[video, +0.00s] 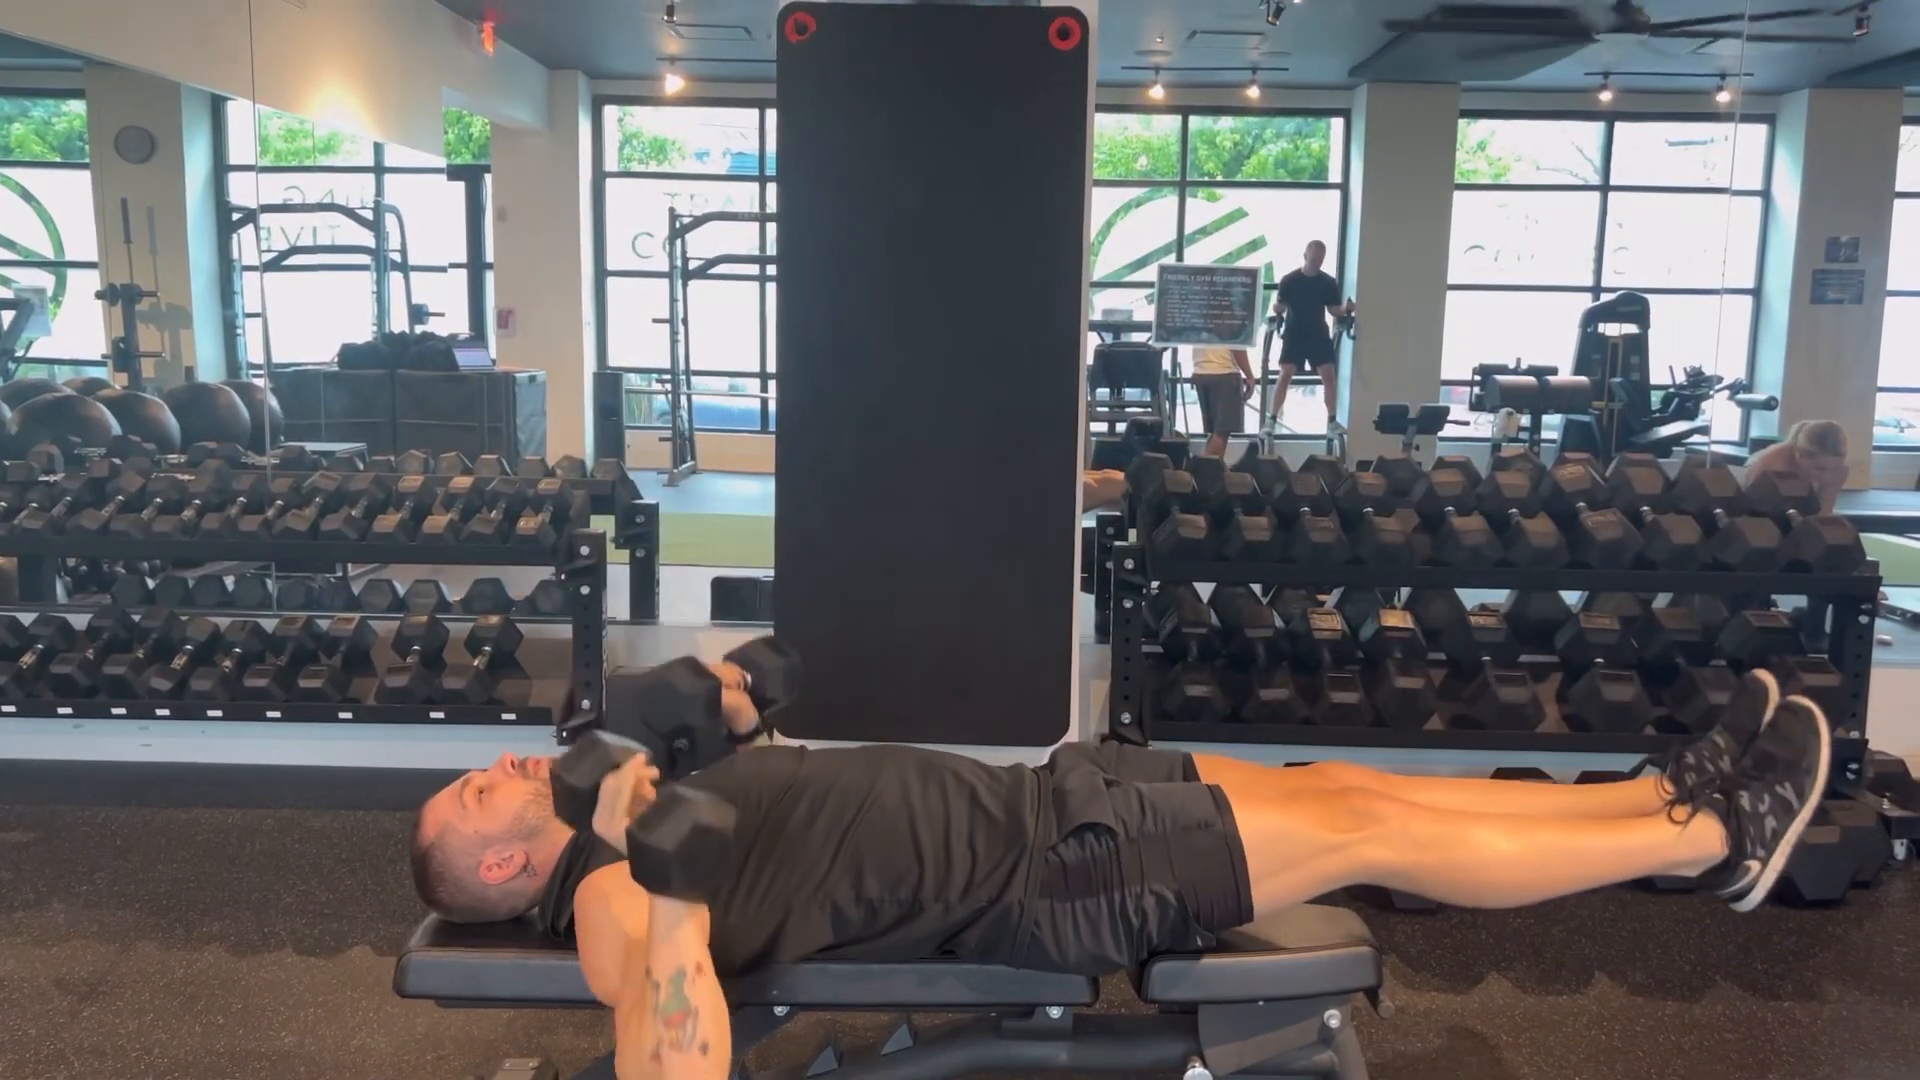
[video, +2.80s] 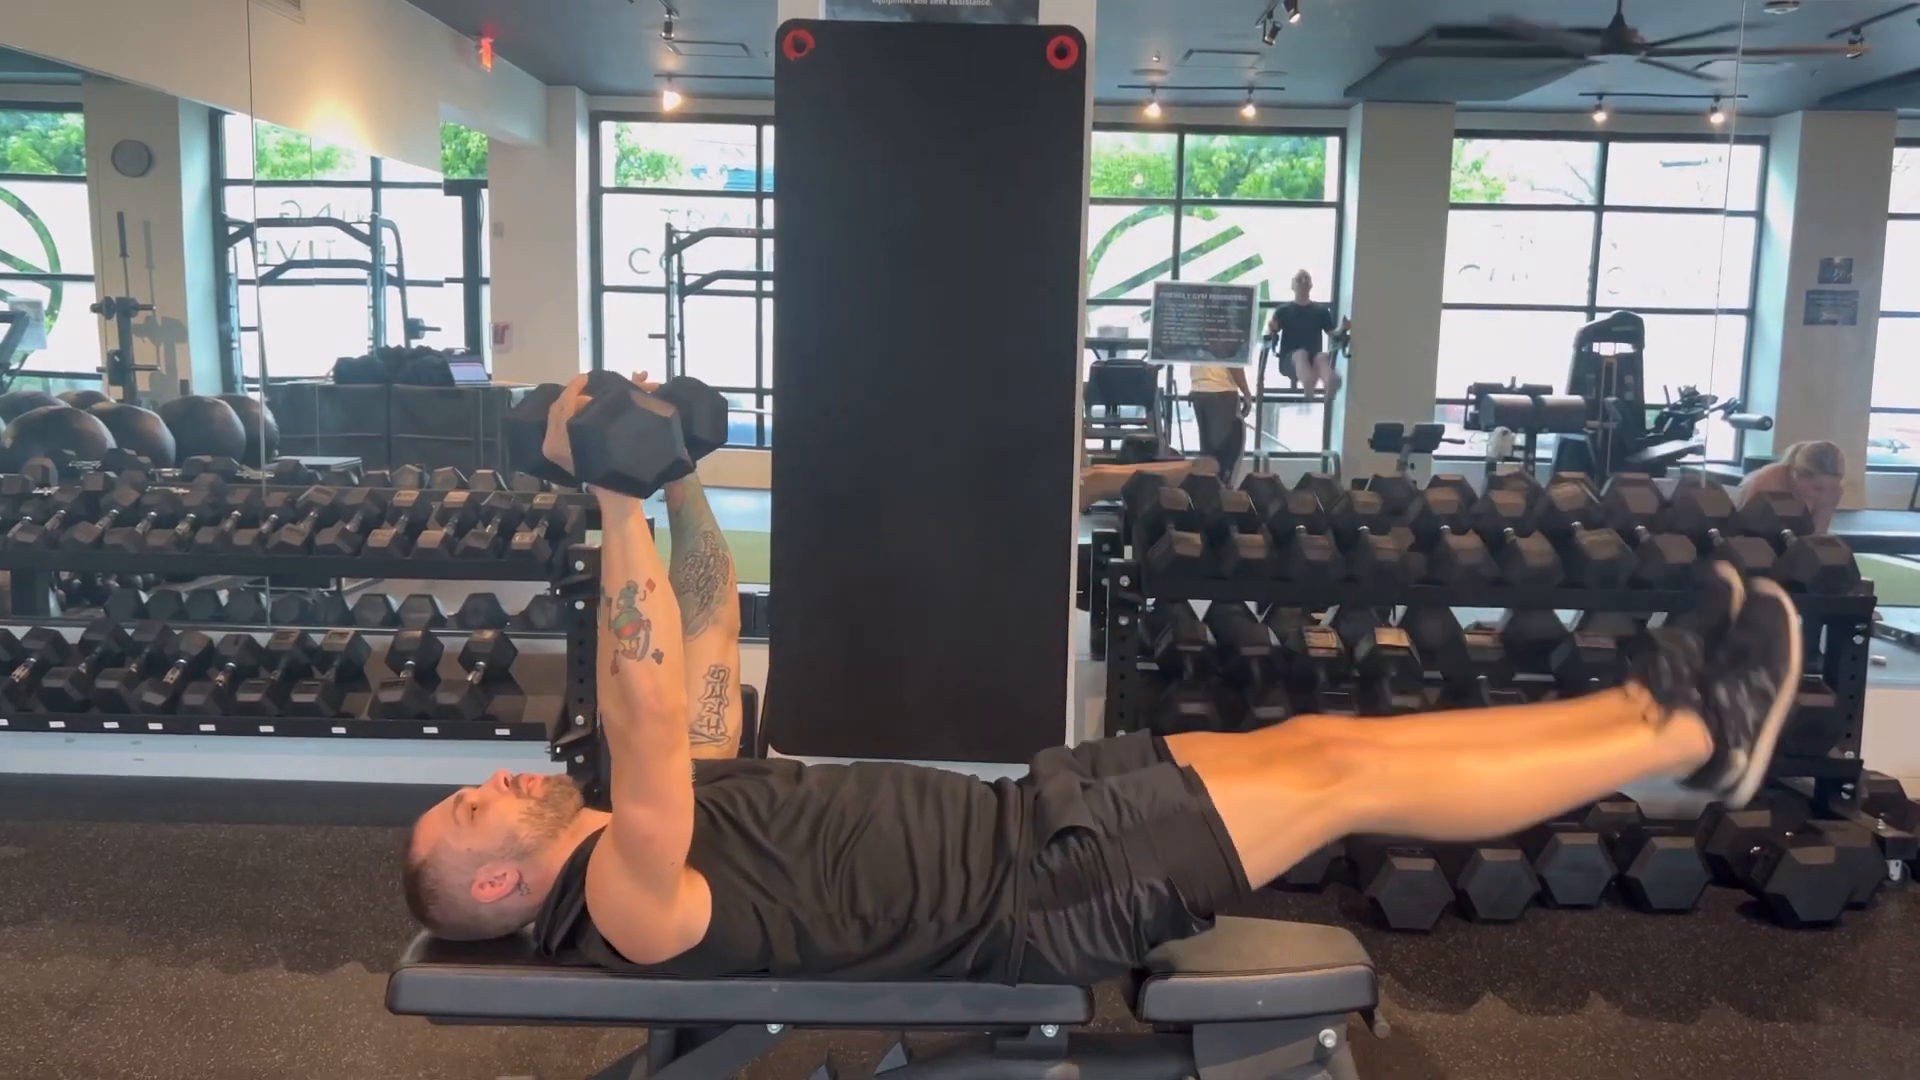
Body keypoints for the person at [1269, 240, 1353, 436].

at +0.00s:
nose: (1317, 263)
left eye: (1320, 259)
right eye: (1314, 258)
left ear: (1324, 259)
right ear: (1305, 255)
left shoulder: (1328, 282)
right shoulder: (1290, 280)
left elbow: (1334, 310)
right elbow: (1280, 306)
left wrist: (1346, 309)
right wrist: (1277, 308)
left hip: (1318, 334)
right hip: (1294, 334)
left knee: (1328, 376)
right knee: (1285, 375)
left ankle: (1332, 421)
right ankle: (1272, 419)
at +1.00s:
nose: (1307, 282)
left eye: (1310, 278)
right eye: (1303, 278)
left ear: (1315, 278)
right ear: (1297, 277)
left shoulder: (1321, 300)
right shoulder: (1285, 300)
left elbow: (1333, 323)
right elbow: (1271, 324)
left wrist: (1344, 319)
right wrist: (1272, 319)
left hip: (1314, 352)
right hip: (1291, 353)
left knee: (1314, 399)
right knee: (1290, 399)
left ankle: (1311, 442)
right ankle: (1286, 441)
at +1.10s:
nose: (1306, 284)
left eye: (1309, 280)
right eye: (1302, 279)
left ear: (1314, 280)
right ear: (1296, 279)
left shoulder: (1320, 301)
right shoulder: (1284, 301)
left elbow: (1334, 323)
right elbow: (1272, 333)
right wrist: (1273, 321)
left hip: (1312, 356)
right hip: (1289, 356)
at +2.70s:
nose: (1303, 288)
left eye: (1306, 284)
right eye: (1299, 284)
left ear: (1310, 287)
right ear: (1293, 288)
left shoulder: (1320, 311)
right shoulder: (1284, 312)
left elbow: (1332, 334)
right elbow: (1271, 332)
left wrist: (1343, 328)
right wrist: (1271, 329)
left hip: (1314, 358)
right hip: (1291, 357)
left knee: (1319, 393)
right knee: (1299, 381)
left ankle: (1323, 435)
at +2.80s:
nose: (1303, 285)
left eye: (1306, 282)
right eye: (1299, 282)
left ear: (1310, 286)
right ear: (1292, 286)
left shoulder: (1320, 310)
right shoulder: (1283, 311)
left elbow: (1332, 334)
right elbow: (1272, 336)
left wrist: (1342, 329)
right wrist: (1272, 329)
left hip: (1314, 358)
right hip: (1289, 359)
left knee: (1323, 357)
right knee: (1301, 353)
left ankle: (1330, 391)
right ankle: (1309, 396)